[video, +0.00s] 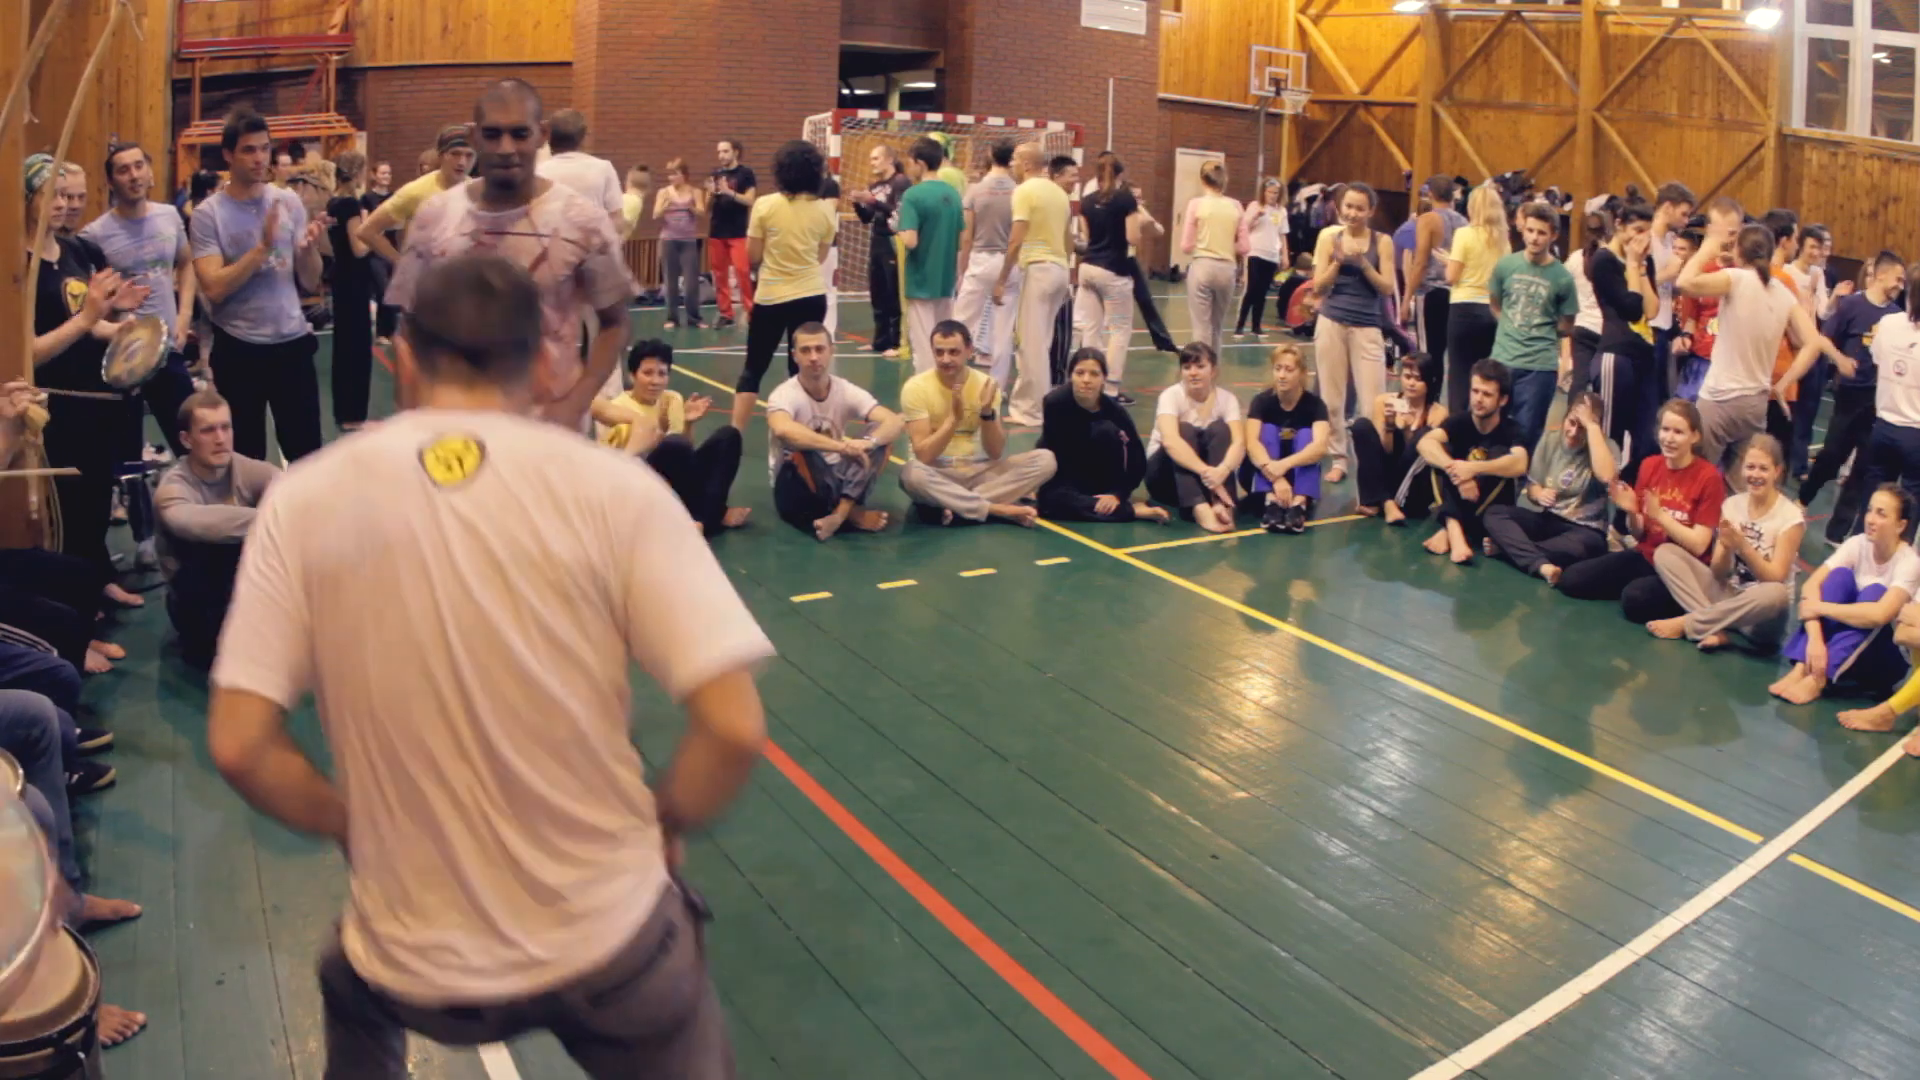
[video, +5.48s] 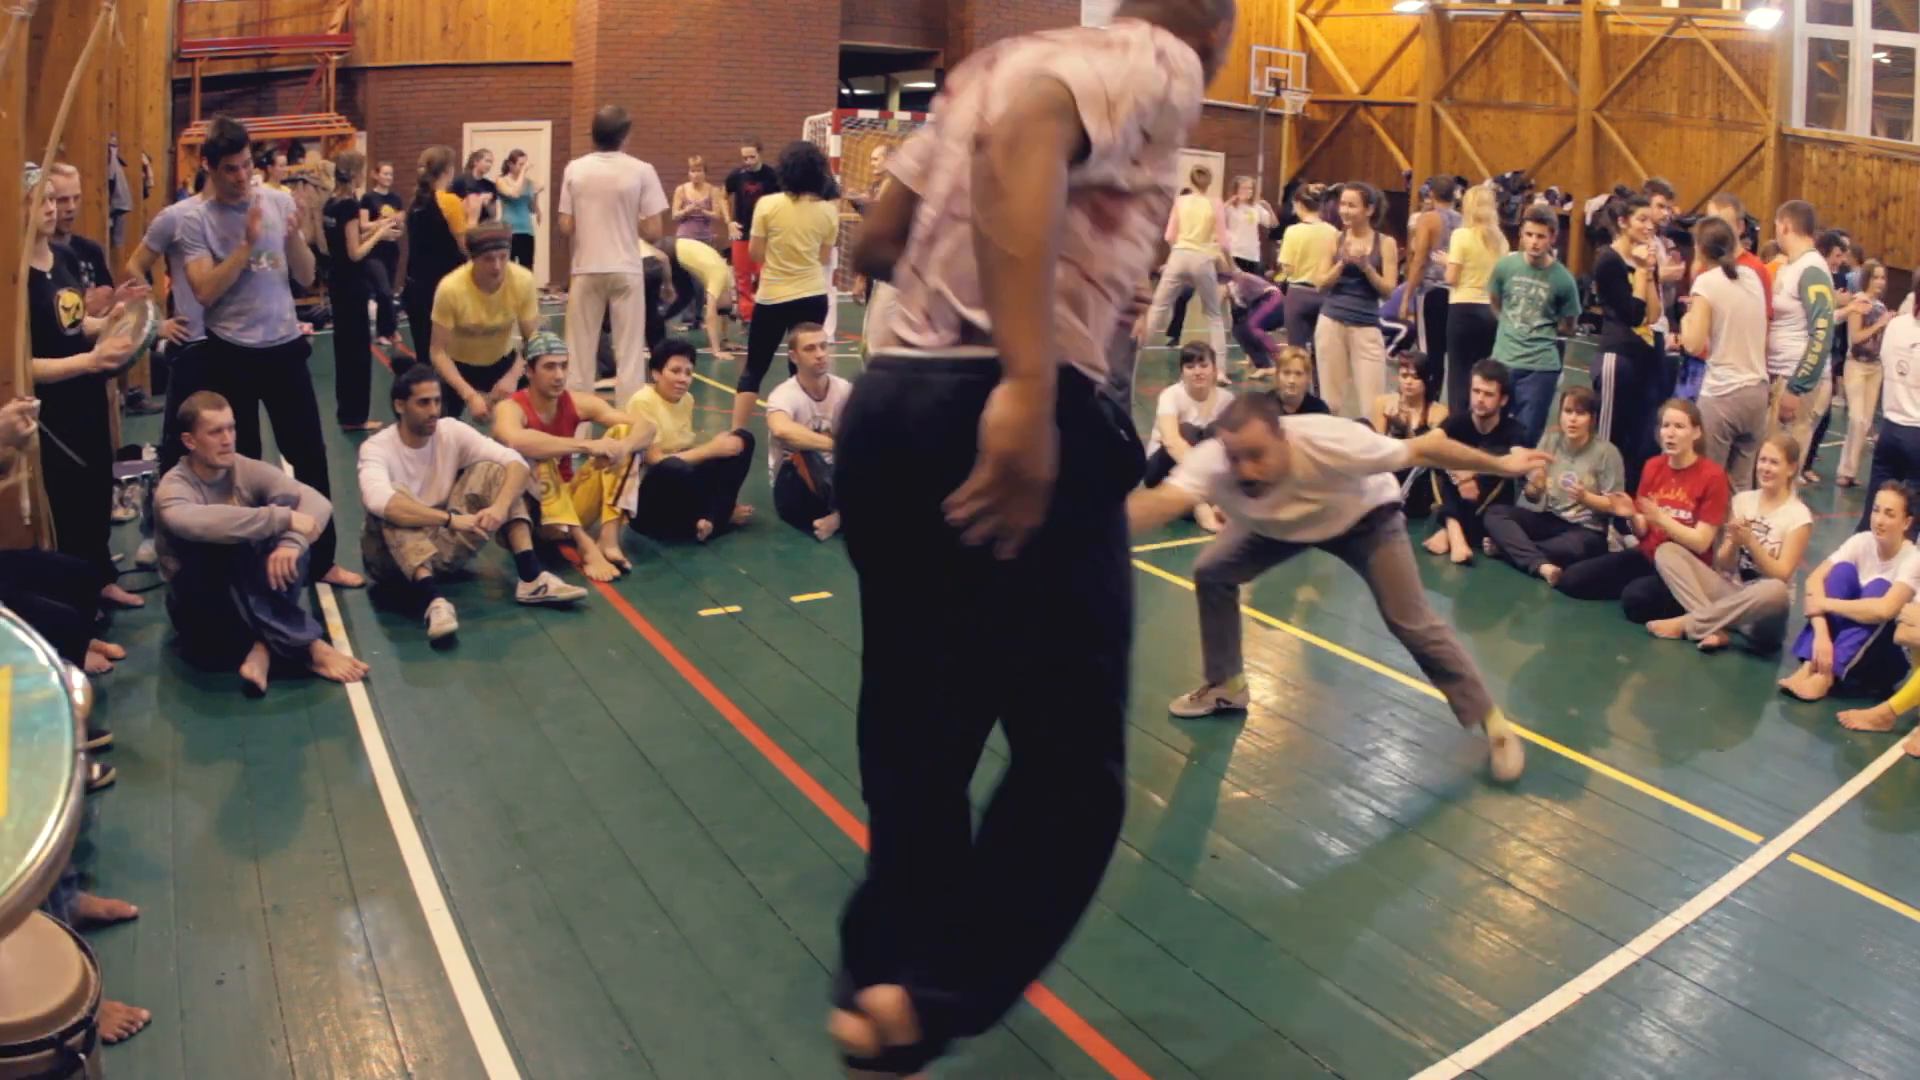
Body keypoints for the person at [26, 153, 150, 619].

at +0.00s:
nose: (68, 204)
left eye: (74, 197)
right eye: (58, 195)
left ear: (80, 201)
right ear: (32, 198)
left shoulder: (79, 251)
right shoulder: (19, 262)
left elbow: (87, 321)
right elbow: (27, 354)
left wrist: (119, 323)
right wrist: (86, 316)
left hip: (95, 391)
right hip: (53, 397)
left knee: (97, 494)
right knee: (72, 498)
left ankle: (100, 576)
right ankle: (78, 592)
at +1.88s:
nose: (73, 207)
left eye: (79, 199)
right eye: (62, 199)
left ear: (85, 202)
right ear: (37, 202)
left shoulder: (83, 255)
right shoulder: (27, 264)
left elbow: (85, 325)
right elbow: (36, 356)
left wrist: (121, 335)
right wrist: (104, 351)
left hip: (96, 392)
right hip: (58, 401)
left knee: (98, 495)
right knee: (71, 499)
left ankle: (102, 577)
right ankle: (77, 591)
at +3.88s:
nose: (77, 204)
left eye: (81, 195)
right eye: (68, 196)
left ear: (83, 199)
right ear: (37, 202)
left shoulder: (84, 254)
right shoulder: (19, 265)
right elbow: (22, 355)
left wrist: (115, 307)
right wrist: (86, 333)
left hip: (95, 387)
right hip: (53, 395)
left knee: (99, 490)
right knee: (69, 499)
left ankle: (101, 577)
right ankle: (76, 601)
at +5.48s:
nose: (53, 209)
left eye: (55, 200)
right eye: (44, 201)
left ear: (59, 206)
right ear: (21, 209)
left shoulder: (65, 259)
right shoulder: (13, 274)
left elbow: (78, 325)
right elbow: (18, 367)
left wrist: (114, 321)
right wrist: (88, 361)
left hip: (87, 393)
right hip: (48, 403)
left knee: (95, 491)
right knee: (65, 496)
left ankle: (102, 577)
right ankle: (73, 589)